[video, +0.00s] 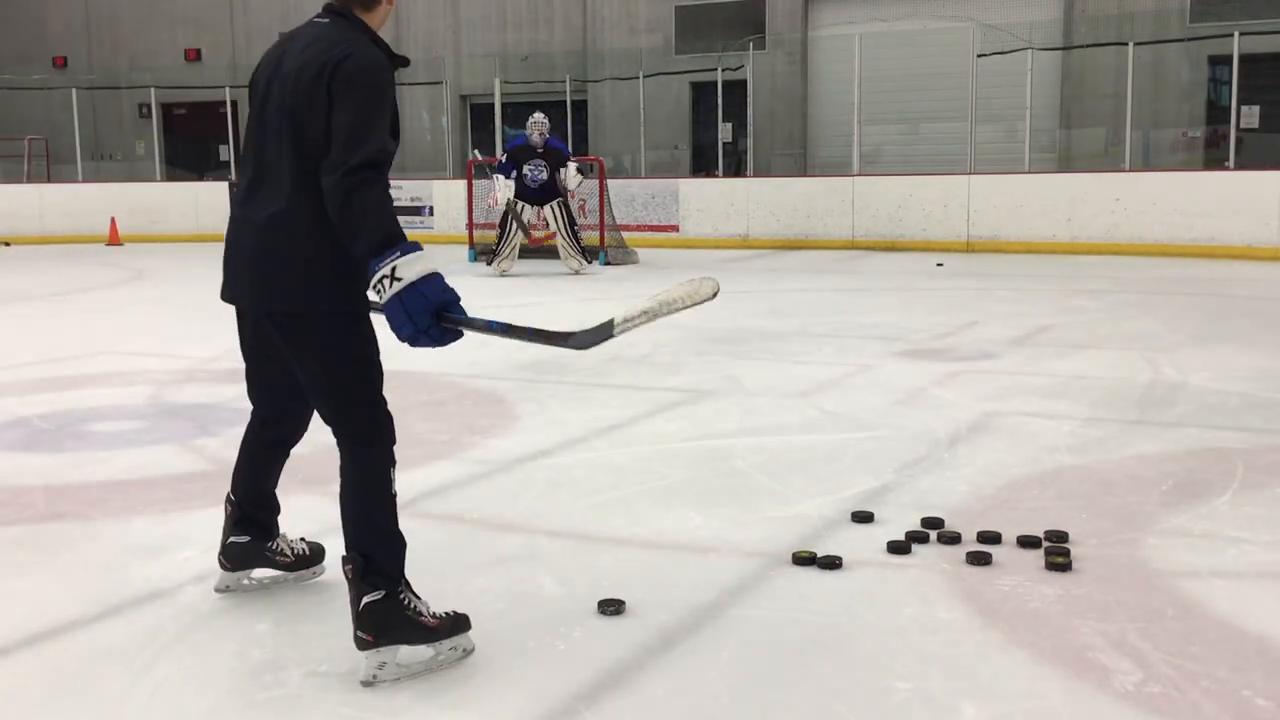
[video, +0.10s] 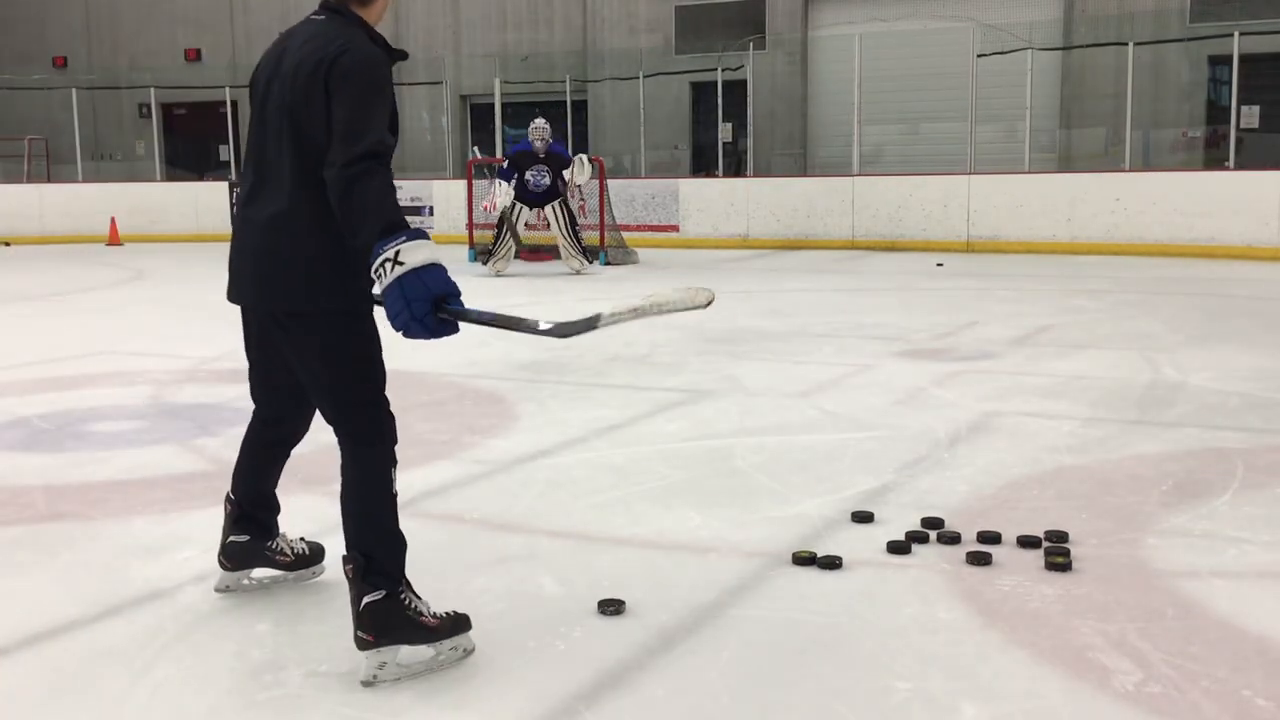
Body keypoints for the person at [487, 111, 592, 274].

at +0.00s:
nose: (536, 133)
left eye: (541, 130)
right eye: (533, 130)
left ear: (546, 131)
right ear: (528, 131)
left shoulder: (556, 149)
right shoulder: (517, 148)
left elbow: (569, 181)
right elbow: (503, 171)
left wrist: (574, 176)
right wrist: (501, 190)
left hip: (552, 197)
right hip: (523, 197)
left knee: (566, 229)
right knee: (511, 231)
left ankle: (578, 263)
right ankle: (501, 264)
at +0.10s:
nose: (539, 142)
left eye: (543, 138)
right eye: (536, 138)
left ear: (549, 138)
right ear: (530, 137)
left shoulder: (558, 153)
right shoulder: (519, 153)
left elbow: (573, 175)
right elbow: (504, 176)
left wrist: (580, 167)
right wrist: (497, 197)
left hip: (552, 198)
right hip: (523, 198)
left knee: (566, 229)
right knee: (509, 229)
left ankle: (579, 263)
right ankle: (496, 264)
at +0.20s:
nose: (541, 148)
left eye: (544, 144)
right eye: (537, 144)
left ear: (550, 143)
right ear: (531, 143)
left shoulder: (559, 159)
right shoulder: (519, 159)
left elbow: (570, 184)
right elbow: (504, 183)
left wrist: (582, 168)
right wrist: (497, 205)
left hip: (552, 201)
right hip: (522, 201)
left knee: (567, 231)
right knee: (506, 231)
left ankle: (583, 263)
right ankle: (492, 264)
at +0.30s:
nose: (541, 152)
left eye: (545, 148)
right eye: (538, 149)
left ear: (550, 148)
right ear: (531, 148)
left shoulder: (558, 164)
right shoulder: (519, 162)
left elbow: (567, 191)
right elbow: (502, 186)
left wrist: (578, 178)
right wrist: (496, 208)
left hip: (549, 204)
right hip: (521, 203)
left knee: (566, 235)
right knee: (507, 234)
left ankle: (588, 267)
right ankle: (489, 266)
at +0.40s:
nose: (539, 149)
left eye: (543, 145)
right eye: (536, 145)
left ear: (549, 146)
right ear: (530, 146)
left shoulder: (556, 164)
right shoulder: (520, 163)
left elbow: (570, 185)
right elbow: (503, 187)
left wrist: (580, 176)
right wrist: (496, 208)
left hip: (549, 204)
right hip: (521, 203)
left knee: (564, 233)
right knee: (507, 232)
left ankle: (583, 263)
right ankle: (491, 264)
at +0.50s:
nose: (539, 155)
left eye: (543, 151)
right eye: (536, 151)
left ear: (548, 151)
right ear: (529, 150)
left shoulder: (557, 166)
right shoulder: (518, 164)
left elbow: (570, 184)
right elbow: (501, 187)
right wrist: (497, 209)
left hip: (549, 205)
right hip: (521, 204)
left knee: (564, 234)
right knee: (507, 234)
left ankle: (584, 264)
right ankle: (491, 265)